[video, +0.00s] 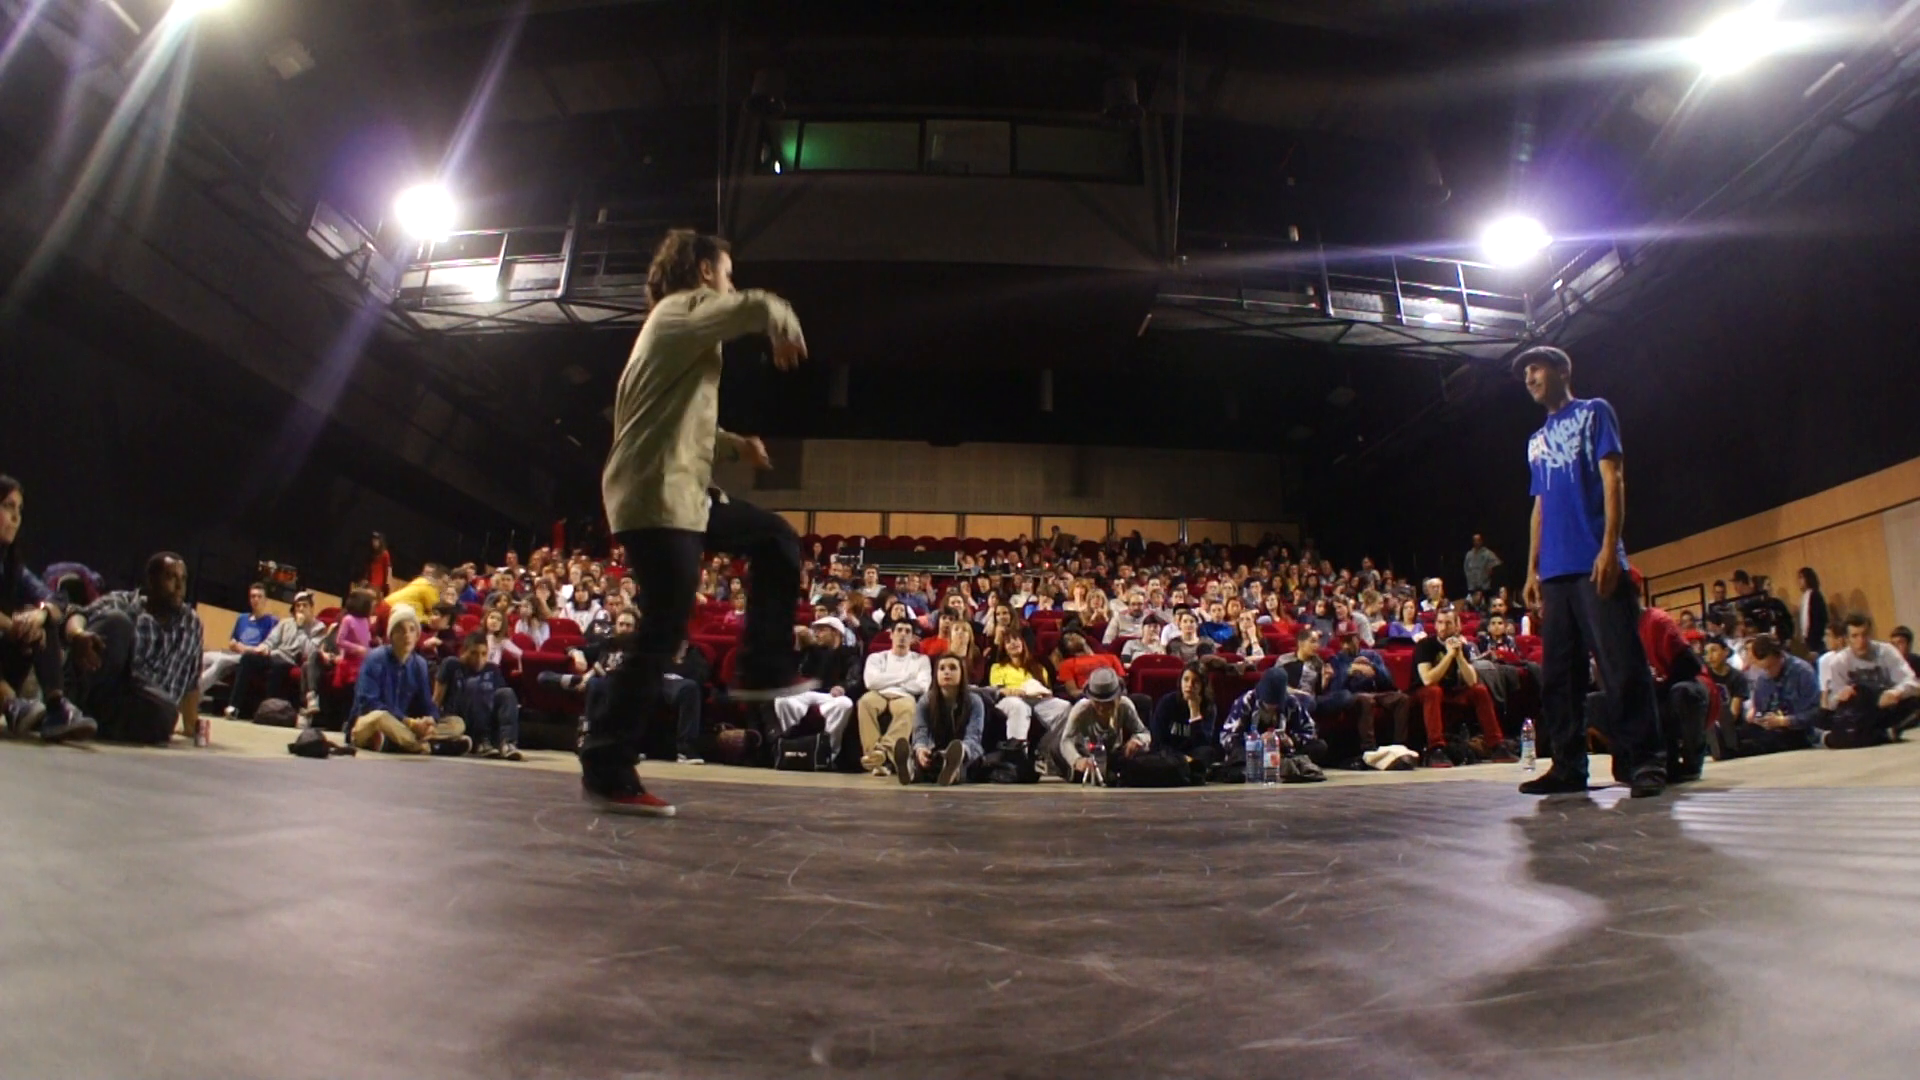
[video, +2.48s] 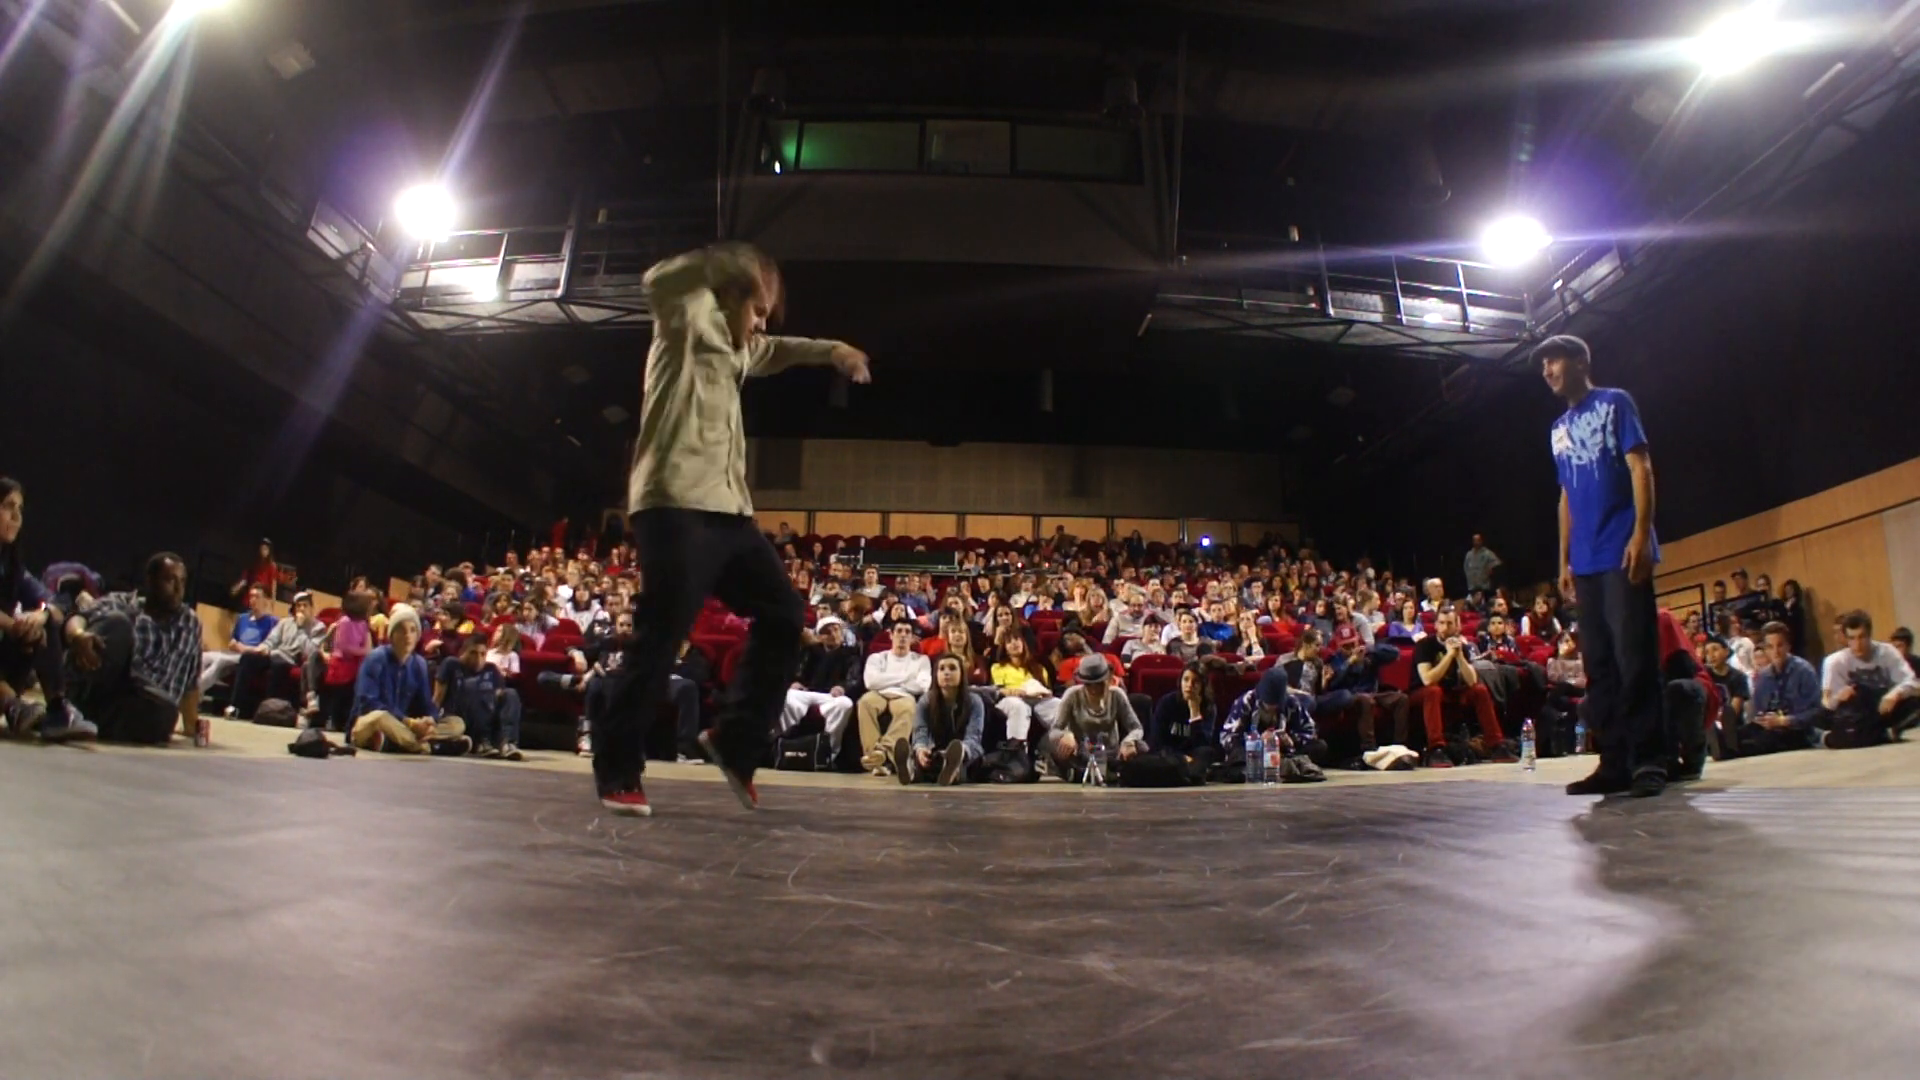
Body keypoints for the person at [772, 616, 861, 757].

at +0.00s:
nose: (817, 634)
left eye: (822, 630)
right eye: (817, 630)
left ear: (835, 633)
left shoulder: (849, 653)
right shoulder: (815, 651)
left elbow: (854, 679)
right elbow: (804, 673)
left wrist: (843, 688)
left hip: (833, 693)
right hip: (811, 691)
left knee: (844, 704)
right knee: (783, 702)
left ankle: (830, 753)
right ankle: (793, 750)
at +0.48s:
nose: (831, 634)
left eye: (835, 629)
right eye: (825, 631)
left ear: (842, 632)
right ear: (820, 635)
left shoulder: (850, 652)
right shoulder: (813, 651)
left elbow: (854, 679)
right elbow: (802, 674)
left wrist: (843, 688)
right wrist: (798, 683)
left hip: (831, 694)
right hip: (809, 692)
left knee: (844, 704)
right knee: (783, 699)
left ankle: (829, 754)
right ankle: (793, 749)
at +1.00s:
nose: (833, 634)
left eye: (836, 629)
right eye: (827, 631)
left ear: (842, 632)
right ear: (820, 635)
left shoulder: (850, 653)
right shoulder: (812, 651)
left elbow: (854, 679)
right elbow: (801, 673)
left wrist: (842, 688)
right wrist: (798, 683)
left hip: (831, 694)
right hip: (808, 691)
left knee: (844, 704)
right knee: (783, 700)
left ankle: (829, 754)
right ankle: (793, 749)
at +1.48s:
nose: (833, 634)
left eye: (836, 630)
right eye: (826, 632)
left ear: (841, 632)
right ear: (819, 636)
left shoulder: (850, 653)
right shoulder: (812, 651)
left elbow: (854, 679)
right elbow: (801, 674)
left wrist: (842, 688)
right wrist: (798, 683)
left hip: (832, 694)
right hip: (808, 692)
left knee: (844, 704)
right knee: (783, 700)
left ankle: (829, 754)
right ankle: (793, 749)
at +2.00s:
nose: (833, 635)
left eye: (836, 630)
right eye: (827, 632)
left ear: (842, 632)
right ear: (819, 636)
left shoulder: (850, 652)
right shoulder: (812, 651)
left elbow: (854, 679)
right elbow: (801, 675)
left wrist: (842, 688)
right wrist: (798, 683)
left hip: (832, 694)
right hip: (809, 691)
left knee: (844, 704)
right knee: (783, 700)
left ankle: (829, 754)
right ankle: (793, 749)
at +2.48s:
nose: (832, 635)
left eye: (835, 630)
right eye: (826, 632)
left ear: (841, 632)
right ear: (820, 636)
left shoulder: (850, 653)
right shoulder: (812, 651)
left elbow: (854, 679)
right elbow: (802, 673)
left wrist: (843, 688)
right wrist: (797, 682)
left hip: (831, 693)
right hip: (808, 691)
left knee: (844, 704)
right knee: (789, 699)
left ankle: (830, 754)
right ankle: (787, 748)